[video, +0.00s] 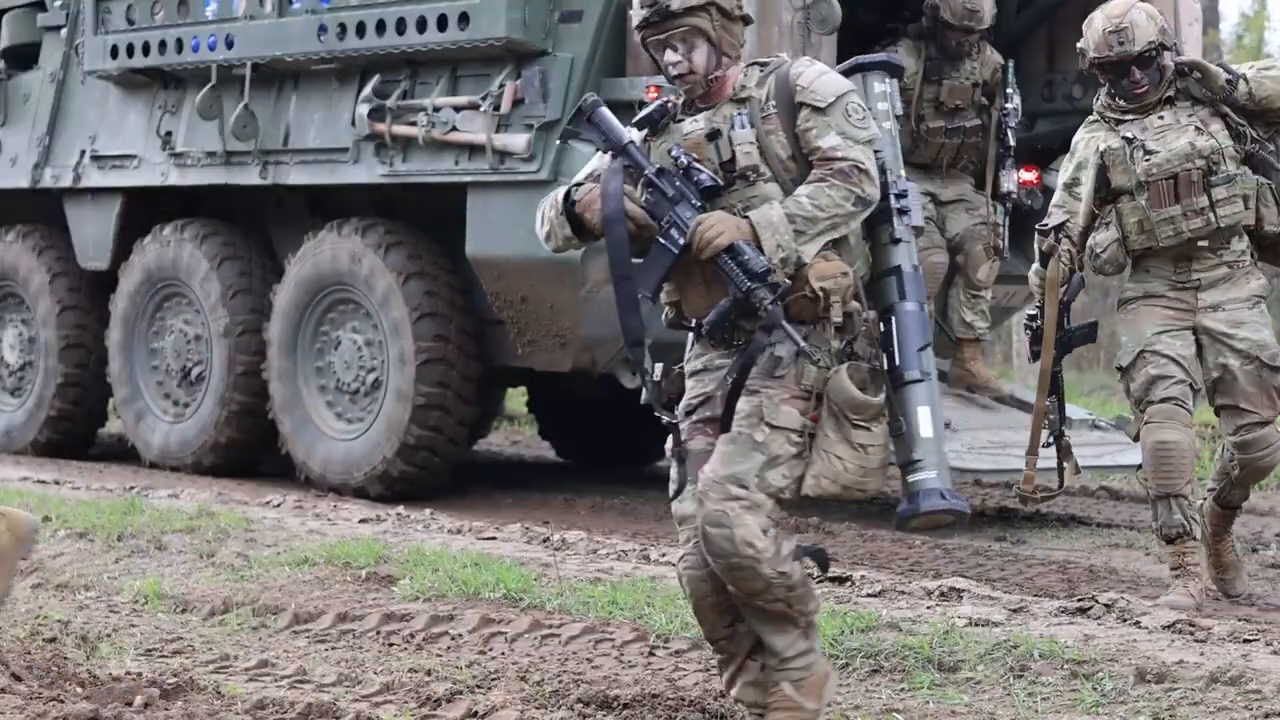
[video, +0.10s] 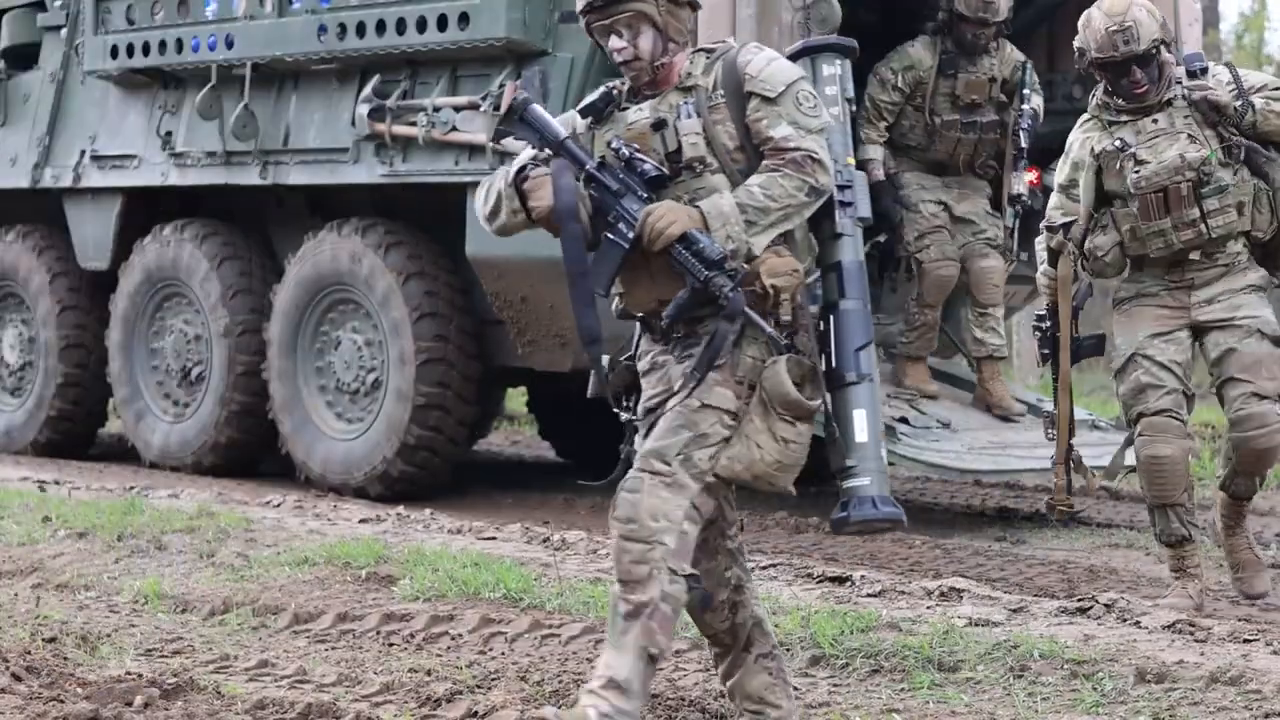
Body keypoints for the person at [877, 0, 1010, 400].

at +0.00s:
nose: (963, 42)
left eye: (972, 34)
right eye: (955, 31)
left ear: (983, 29)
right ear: (933, 20)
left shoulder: (990, 62)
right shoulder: (904, 58)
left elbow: (999, 124)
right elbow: (882, 119)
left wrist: (997, 185)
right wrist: (888, 178)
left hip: (962, 182)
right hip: (909, 178)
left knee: (981, 252)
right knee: (930, 260)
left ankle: (968, 361)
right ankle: (908, 358)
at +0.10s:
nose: (980, 33)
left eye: (989, 25)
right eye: (972, 23)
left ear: (1000, 24)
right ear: (951, 17)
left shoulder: (1011, 64)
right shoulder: (915, 59)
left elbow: (1033, 109)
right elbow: (872, 116)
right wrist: (876, 174)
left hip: (974, 178)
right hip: (916, 174)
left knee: (989, 271)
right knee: (940, 267)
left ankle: (990, 378)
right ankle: (914, 363)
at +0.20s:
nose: (995, 31)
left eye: (1004, 23)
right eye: (986, 20)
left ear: (1015, 23)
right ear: (962, 17)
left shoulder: (1025, 62)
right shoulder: (929, 63)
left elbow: (1058, 94)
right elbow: (891, 127)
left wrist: (1050, 119)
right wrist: (914, 182)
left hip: (999, 185)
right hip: (941, 181)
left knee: (1008, 279)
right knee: (963, 258)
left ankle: (994, 382)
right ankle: (942, 348)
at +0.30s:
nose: (995, 22)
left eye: (1005, 14)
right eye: (986, 13)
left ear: (1019, 18)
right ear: (968, 15)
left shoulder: (1038, 60)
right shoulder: (943, 63)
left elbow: (1081, 101)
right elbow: (912, 130)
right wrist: (945, 181)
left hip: (1011, 188)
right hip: (955, 185)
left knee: (1010, 281)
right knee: (976, 262)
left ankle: (996, 381)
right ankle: (984, 378)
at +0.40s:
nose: (999, 15)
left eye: (1009, 8)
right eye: (990, 8)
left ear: (1024, 11)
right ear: (973, 11)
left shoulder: (1049, 54)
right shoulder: (952, 62)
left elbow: (1096, 87)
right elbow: (930, 130)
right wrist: (965, 176)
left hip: (1037, 197)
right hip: (973, 197)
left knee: (1027, 296)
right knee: (988, 294)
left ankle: (995, 377)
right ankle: (1002, 393)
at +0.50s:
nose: (1006, 23)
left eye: (1016, 15)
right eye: (995, 14)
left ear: (1031, 20)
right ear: (979, 20)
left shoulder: (1061, 65)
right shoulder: (960, 75)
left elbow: (1103, 102)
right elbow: (943, 142)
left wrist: (1070, 166)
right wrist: (978, 180)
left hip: (1052, 200)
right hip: (986, 205)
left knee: (1067, 297)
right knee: (998, 300)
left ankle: (1056, 403)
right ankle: (1010, 407)